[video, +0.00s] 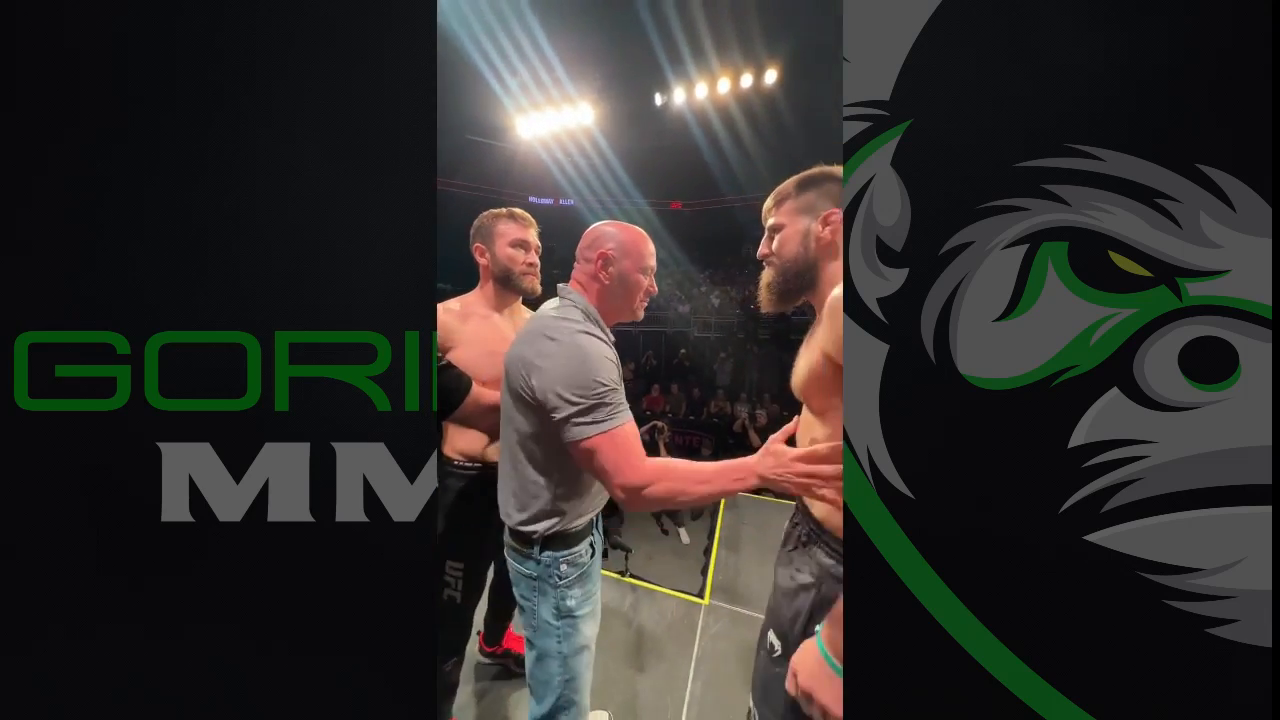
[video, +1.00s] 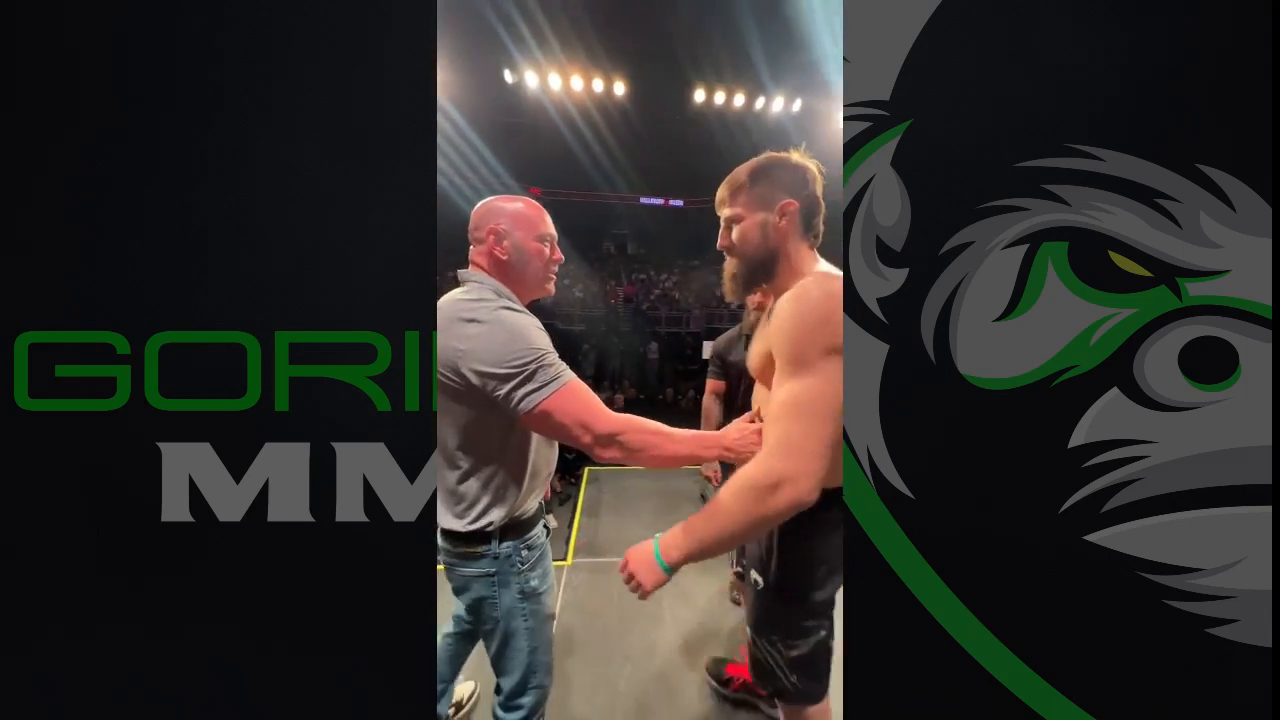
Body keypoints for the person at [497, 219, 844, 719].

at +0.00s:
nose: (654, 288)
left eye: (653, 275)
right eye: (646, 273)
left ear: (599, 268)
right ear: (602, 266)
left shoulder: (560, 325)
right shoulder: (573, 347)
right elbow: (634, 484)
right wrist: (756, 468)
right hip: (553, 550)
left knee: (558, 678)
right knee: (559, 703)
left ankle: (567, 708)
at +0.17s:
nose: (637, 287)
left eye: (637, 274)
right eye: (629, 272)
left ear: (583, 267)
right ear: (586, 266)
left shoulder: (544, 321)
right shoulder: (569, 344)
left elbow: (592, 420)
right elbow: (655, 458)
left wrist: (650, 466)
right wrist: (774, 460)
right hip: (553, 546)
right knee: (573, 702)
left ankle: (540, 711)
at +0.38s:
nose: (611, 279)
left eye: (611, 267)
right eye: (602, 266)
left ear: (554, 264)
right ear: (558, 262)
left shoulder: (523, 320)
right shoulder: (549, 334)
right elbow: (640, 441)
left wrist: (639, 450)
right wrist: (764, 448)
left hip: (519, 528)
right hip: (544, 539)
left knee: (524, 643)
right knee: (586, 690)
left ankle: (519, 711)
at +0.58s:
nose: (590, 270)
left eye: (588, 259)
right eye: (578, 258)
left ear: (530, 262)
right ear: (532, 259)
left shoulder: (502, 318)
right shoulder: (530, 331)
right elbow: (626, 436)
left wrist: (610, 438)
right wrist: (746, 447)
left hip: (498, 527)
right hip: (525, 537)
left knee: (496, 646)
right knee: (560, 692)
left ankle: (492, 713)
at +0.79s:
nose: (569, 266)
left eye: (567, 254)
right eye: (557, 254)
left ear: (510, 257)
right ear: (510, 256)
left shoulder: (485, 316)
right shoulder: (510, 332)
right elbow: (609, 435)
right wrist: (736, 452)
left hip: (482, 529)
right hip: (507, 540)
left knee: (474, 640)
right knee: (540, 691)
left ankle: (457, 713)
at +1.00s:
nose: (558, 255)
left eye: (555, 241)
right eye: (544, 242)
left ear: (494, 249)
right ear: (495, 246)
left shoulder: (458, 309)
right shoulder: (497, 327)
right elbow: (601, 434)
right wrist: (718, 444)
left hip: (468, 529)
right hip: (502, 544)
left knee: (467, 622)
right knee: (523, 692)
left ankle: (433, 696)